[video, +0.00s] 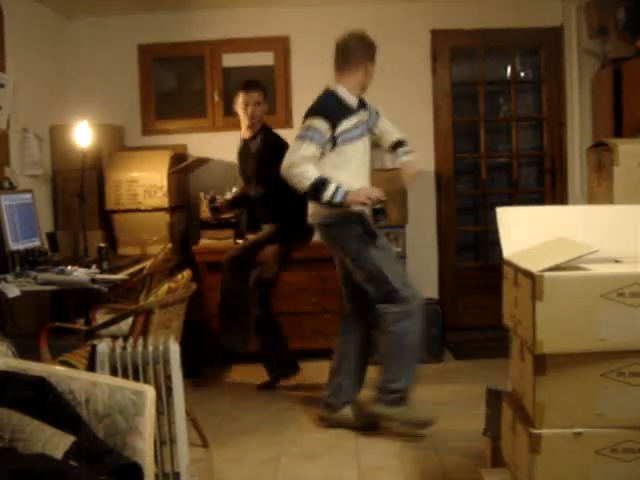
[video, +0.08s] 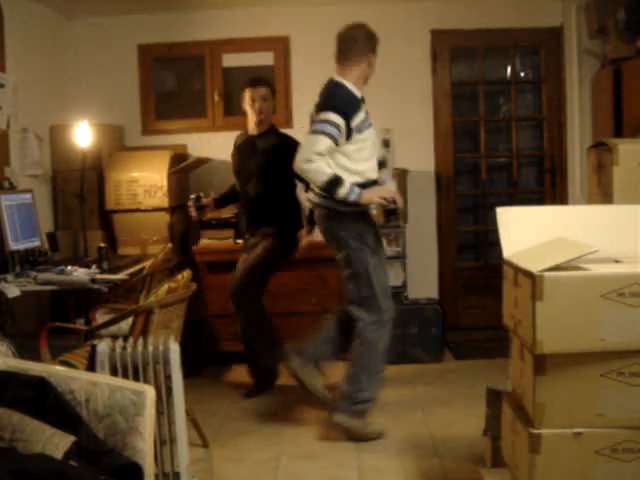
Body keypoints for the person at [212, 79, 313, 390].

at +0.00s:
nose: (250, 112)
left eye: (256, 104)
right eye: (244, 105)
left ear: (266, 108)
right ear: (236, 110)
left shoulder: (275, 146)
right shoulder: (245, 147)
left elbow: (284, 198)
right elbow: (251, 189)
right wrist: (229, 201)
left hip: (283, 228)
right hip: (259, 228)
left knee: (234, 261)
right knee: (257, 298)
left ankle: (232, 342)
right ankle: (281, 364)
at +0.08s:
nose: (258, 106)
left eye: (264, 100)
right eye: (252, 100)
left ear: (274, 104)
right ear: (244, 106)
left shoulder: (287, 145)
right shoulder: (242, 145)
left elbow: (312, 181)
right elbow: (242, 189)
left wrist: (312, 222)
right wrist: (213, 203)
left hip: (281, 231)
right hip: (253, 232)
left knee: (242, 290)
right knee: (245, 296)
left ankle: (268, 364)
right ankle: (262, 371)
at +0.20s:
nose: (268, 121)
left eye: (274, 115)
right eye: (262, 115)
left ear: (283, 119)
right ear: (253, 119)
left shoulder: (293, 161)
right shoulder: (241, 154)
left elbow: (306, 200)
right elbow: (227, 194)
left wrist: (337, 217)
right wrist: (196, 205)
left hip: (275, 249)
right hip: (241, 247)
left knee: (268, 327)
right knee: (230, 317)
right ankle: (259, 380)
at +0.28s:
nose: (272, 119)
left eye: (278, 113)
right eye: (266, 113)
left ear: (286, 118)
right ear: (256, 118)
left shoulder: (291, 160)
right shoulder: (238, 151)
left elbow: (307, 201)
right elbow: (219, 189)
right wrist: (189, 201)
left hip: (274, 246)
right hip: (240, 246)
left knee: (264, 322)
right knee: (234, 318)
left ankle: (311, 371)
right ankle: (259, 379)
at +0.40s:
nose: (272, 107)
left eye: (278, 101)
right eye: (267, 101)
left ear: (289, 105)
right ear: (259, 105)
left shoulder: (294, 143)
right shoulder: (240, 138)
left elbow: (300, 179)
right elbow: (215, 172)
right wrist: (177, 192)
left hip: (269, 229)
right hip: (235, 229)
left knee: (261, 296)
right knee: (240, 301)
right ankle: (258, 363)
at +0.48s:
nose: (270, 107)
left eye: (277, 101)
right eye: (266, 100)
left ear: (288, 104)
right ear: (259, 102)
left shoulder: (292, 141)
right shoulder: (240, 135)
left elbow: (296, 179)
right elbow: (215, 169)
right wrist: (178, 189)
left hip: (268, 226)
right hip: (233, 226)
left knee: (257, 293)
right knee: (237, 299)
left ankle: (258, 373)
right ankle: (252, 367)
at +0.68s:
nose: (271, 126)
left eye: (277, 120)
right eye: (267, 120)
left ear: (292, 124)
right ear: (262, 122)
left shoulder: (298, 161)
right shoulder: (250, 156)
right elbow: (216, 178)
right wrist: (172, 187)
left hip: (270, 244)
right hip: (239, 242)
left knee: (261, 311)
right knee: (234, 310)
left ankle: (251, 370)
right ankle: (226, 374)